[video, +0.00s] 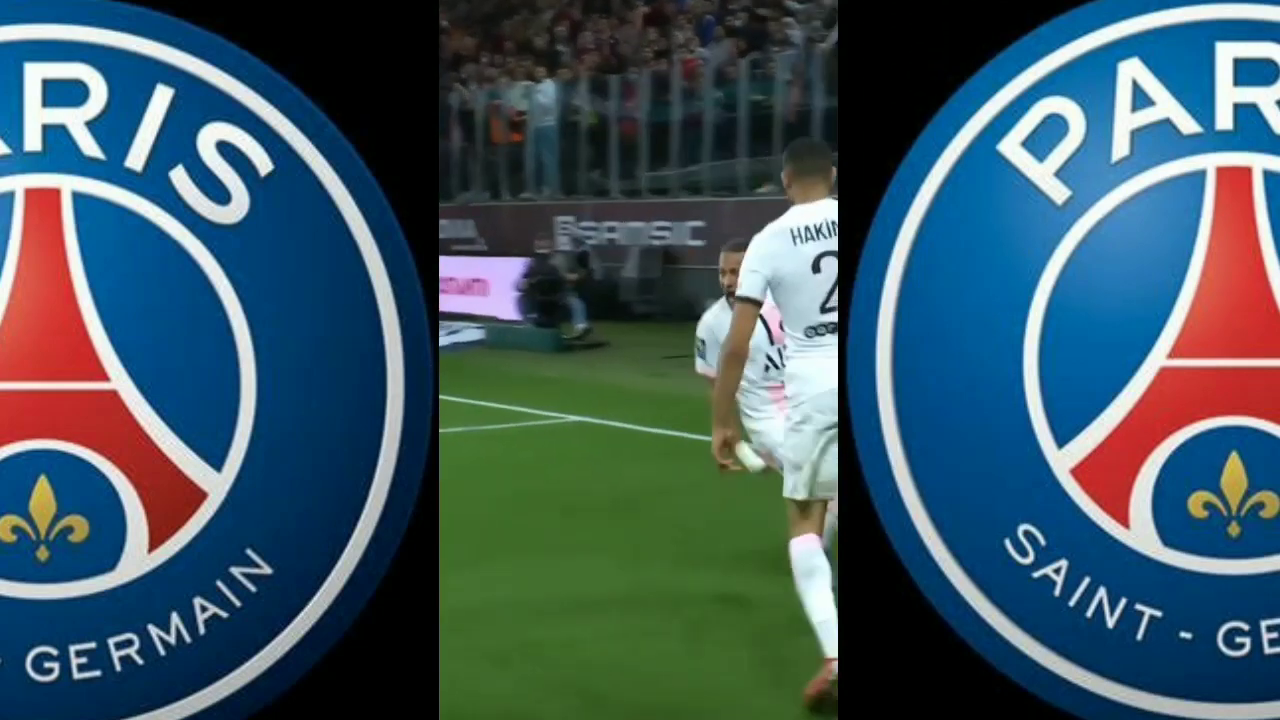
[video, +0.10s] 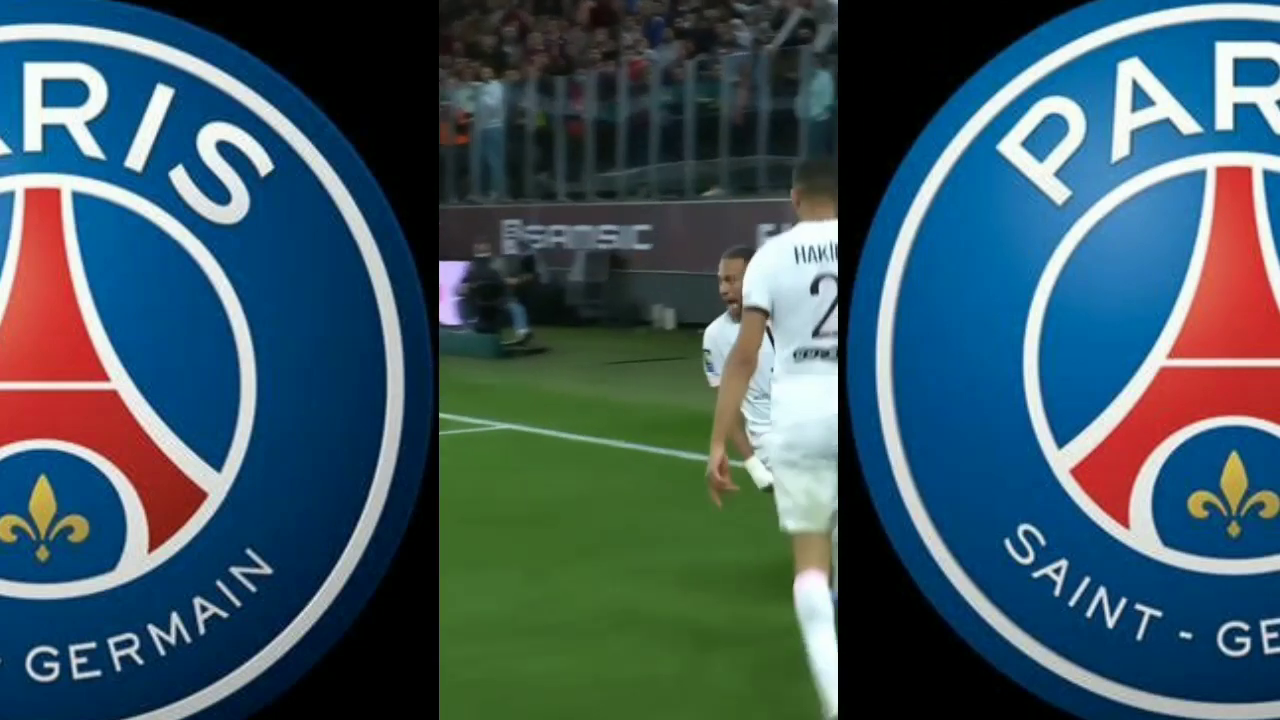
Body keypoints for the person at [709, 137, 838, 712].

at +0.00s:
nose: (789, 192)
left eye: (785, 183)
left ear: (786, 182)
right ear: (833, 179)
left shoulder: (770, 241)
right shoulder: (869, 221)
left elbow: (738, 342)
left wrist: (721, 421)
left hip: (816, 384)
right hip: (886, 376)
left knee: (806, 521)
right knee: (837, 503)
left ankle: (833, 651)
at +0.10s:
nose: (791, 208)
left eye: (791, 200)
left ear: (797, 199)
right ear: (843, 199)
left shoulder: (772, 255)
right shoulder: (879, 244)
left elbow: (745, 357)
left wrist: (718, 441)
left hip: (801, 411)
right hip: (879, 409)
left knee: (812, 560)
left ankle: (834, 703)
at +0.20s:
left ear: (799, 232)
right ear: (845, 231)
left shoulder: (778, 297)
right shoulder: (882, 280)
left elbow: (759, 393)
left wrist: (734, 478)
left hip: (809, 449)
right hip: (884, 449)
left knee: (798, 594)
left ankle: (798, 712)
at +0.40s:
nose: (773, 249)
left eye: (772, 243)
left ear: (776, 244)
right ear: (822, 239)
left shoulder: (769, 308)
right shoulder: (849, 287)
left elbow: (769, 417)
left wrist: (751, 509)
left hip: (810, 462)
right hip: (869, 452)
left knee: (778, 608)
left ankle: (792, 708)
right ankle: (830, 670)